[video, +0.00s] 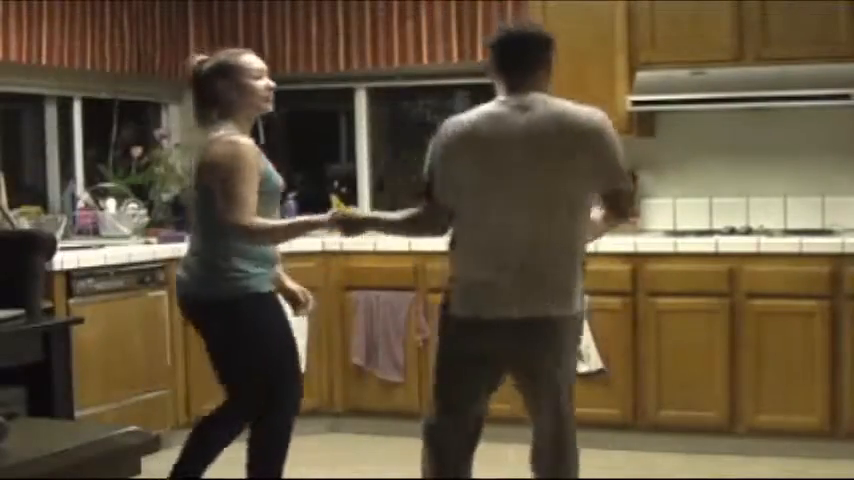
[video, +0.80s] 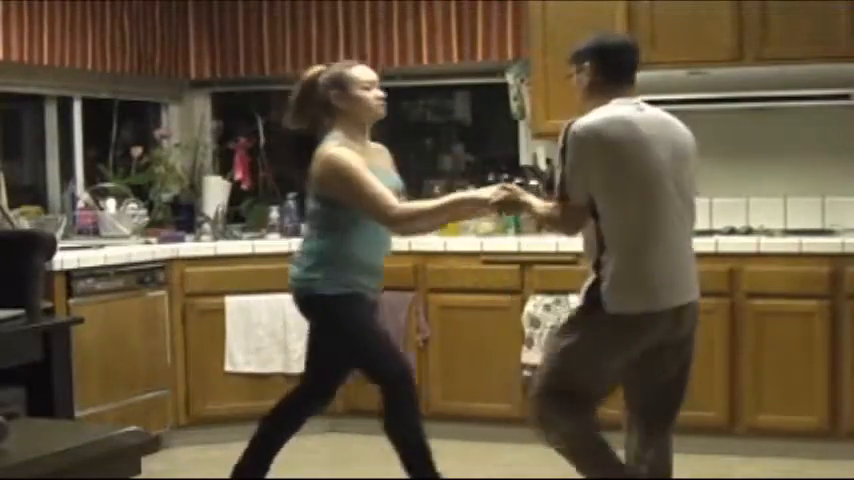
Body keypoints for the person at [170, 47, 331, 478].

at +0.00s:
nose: (271, 84)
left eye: (268, 76)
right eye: (259, 77)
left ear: (235, 92)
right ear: (228, 88)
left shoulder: (223, 146)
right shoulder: (236, 148)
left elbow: (235, 232)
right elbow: (239, 223)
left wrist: (280, 280)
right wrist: (316, 223)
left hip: (211, 291)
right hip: (236, 293)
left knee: (245, 398)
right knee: (282, 393)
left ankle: (183, 474)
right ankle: (264, 474)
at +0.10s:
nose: (283, 83)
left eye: (280, 75)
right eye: (272, 76)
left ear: (244, 90)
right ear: (241, 87)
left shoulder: (234, 141)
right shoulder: (249, 145)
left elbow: (265, 218)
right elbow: (273, 220)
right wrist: (345, 187)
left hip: (229, 286)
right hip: (250, 288)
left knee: (270, 390)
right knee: (287, 391)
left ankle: (202, 473)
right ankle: (266, 474)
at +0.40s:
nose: (306, 92)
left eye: (303, 84)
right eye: (296, 86)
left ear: (262, 97)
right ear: (265, 95)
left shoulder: (241, 145)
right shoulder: (287, 152)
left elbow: (254, 225)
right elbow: (342, 219)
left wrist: (302, 266)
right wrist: (405, 190)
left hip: (243, 282)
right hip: (275, 289)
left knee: (296, 387)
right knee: (307, 391)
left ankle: (262, 473)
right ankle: (267, 474)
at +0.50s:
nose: (315, 91)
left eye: (312, 83)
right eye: (304, 85)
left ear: (272, 97)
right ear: (274, 95)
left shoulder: (256, 144)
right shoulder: (292, 151)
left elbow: (283, 221)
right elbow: (350, 214)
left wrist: (347, 242)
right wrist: (416, 191)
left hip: (254, 281)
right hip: (279, 287)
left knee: (302, 386)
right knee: (322, 389)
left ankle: (261, 473)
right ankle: (269, 474)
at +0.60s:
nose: (330, 85)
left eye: (327, 76)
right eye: (319, 78)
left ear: (291, 89)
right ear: (288, 87)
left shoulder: (285, 141)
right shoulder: (295, 143)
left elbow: (313, 224)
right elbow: (357, 204)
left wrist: (386, 226)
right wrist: (426, 182)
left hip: (274, 276)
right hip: (284, 279)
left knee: (299, 379)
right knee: (347, 378)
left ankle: (252, 474)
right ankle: (304, 472)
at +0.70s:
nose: (352, 84)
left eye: (349, 77)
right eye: (340, 78)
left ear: (328, 89)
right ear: (309, 88)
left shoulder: (340, 140)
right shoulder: (308, 146)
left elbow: (364, 216)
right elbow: (368, 205)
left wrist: (423, 215)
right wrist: (442, 187)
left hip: (318, 280)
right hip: (295, 281)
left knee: (303, 383)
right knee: (362, 375)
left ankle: (246, 472)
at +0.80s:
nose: (381, 93)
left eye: (378, 86)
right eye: (370, 87)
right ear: (339, 98)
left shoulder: (379, 153)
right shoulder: (333, 158)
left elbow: (401, 219)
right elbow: (395, 218)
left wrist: (477, 204)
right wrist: (470, 201)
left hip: (355, 291)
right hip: (327, 291)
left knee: (314, 392)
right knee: (397, 378)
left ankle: (247, 471)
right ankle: (425, 474)